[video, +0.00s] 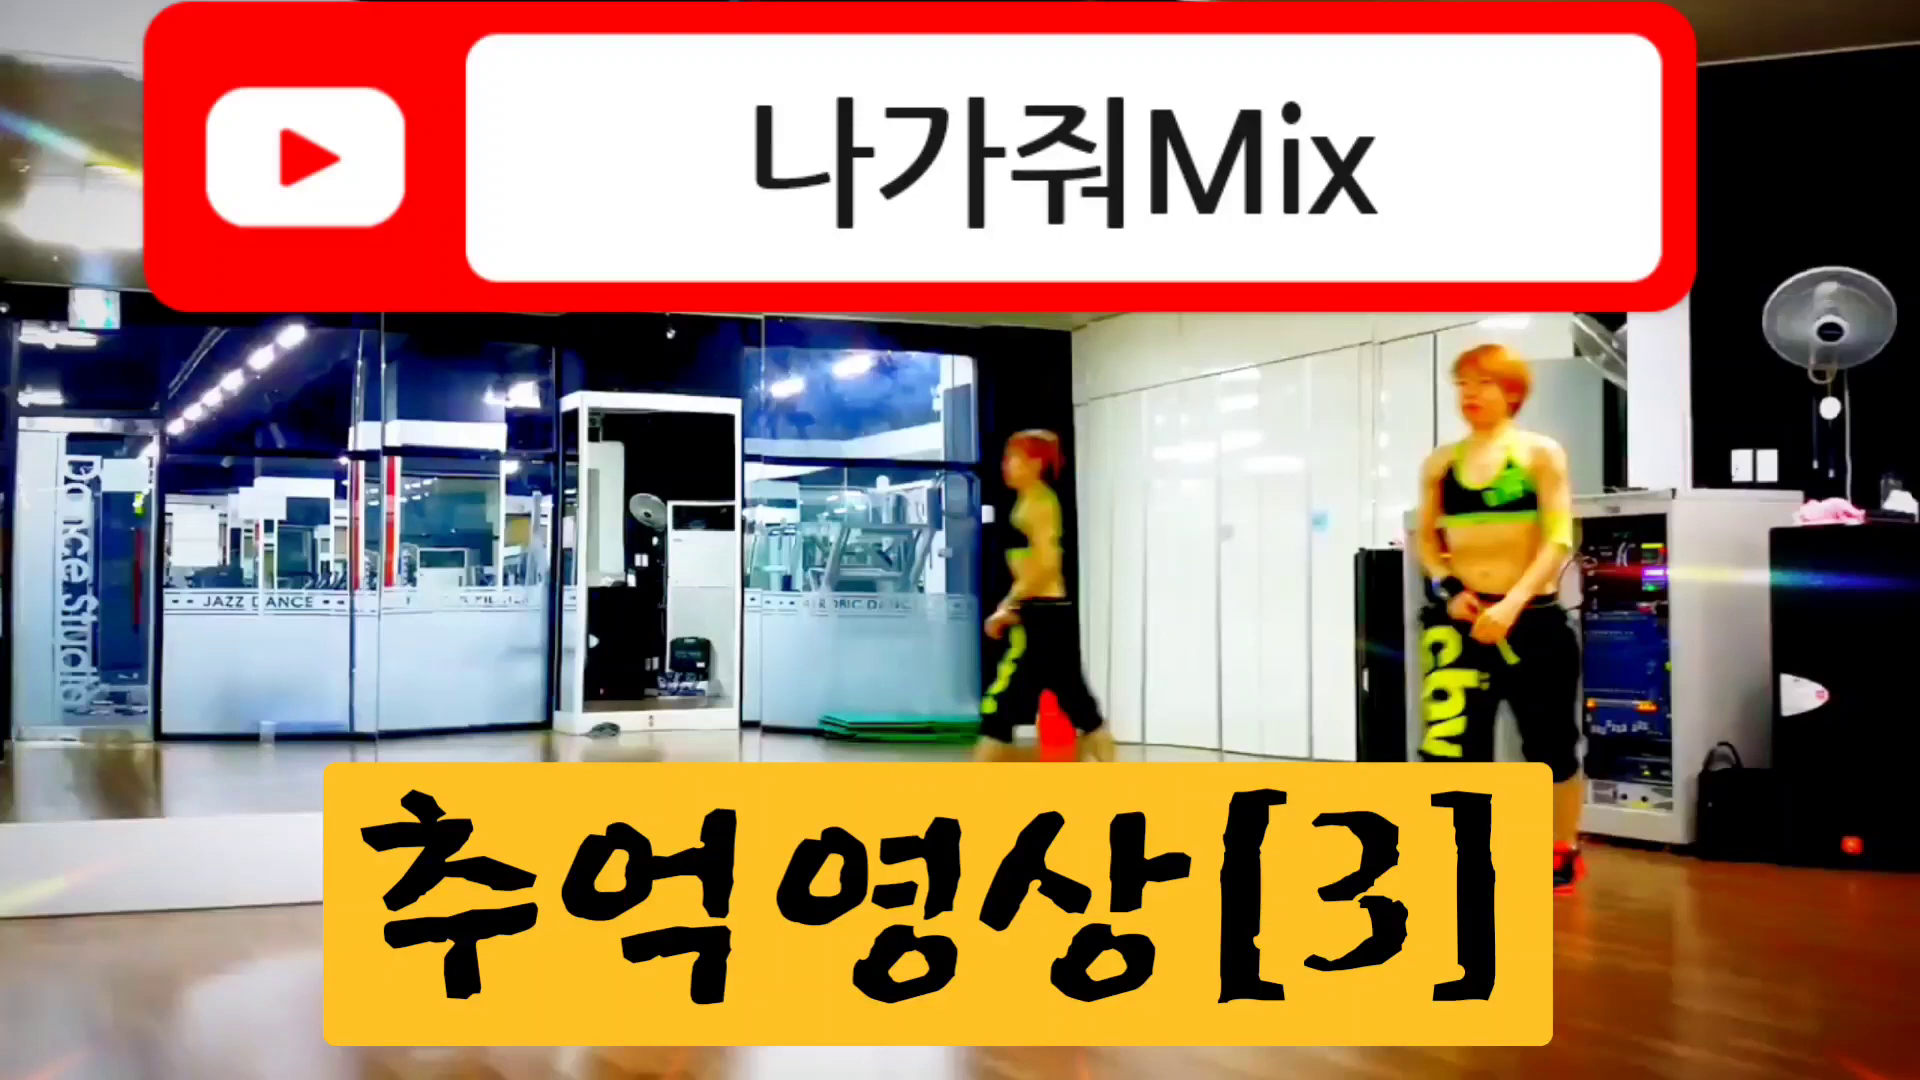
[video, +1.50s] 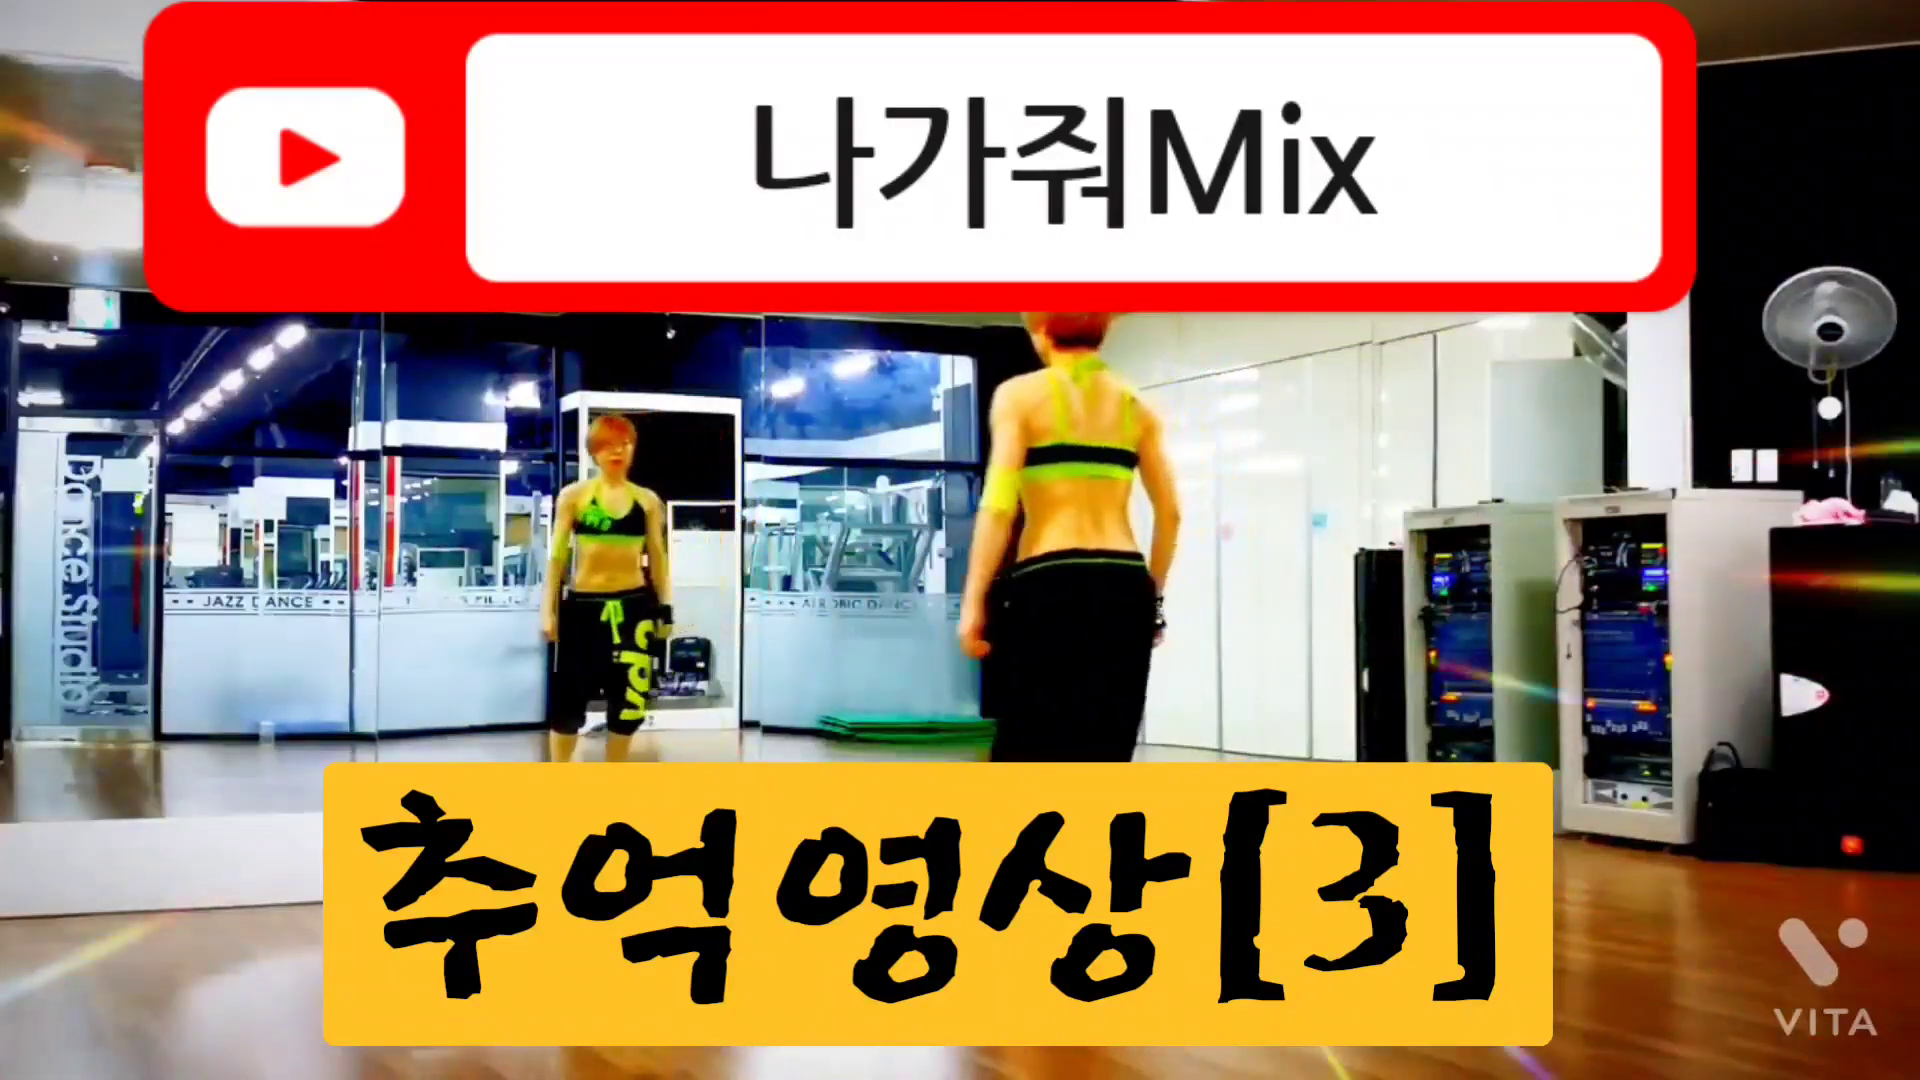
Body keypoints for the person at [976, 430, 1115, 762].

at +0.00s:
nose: (1007, 465)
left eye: (1015, 458)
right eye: (1008, 458)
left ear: (1036, 464)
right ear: (1025, 465)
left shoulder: (1038, 503)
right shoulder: (1029, 501)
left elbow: (1043, 564)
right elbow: (1035, 564)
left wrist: (1009, 604)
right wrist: (1008, 605)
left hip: (1041, 610)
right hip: (1050, 608)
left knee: (998, 706)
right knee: (1075, 696)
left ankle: (977, 788)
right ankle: (1113, 780)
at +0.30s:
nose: (925, 458)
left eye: (931, 451)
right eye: (928, 451)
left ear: (949, 454)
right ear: (951, 454)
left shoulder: (954, 495)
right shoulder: (963, 491)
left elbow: (957, 548)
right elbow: (963, 547)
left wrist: (934, 577)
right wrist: (937, 570)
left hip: (955, 597)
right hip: (970, 595)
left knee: (943, 693)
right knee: (956, 690)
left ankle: (964, 766)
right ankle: (1007, 754)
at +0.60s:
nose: (828, 467)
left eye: (834, 459)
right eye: (829, 460)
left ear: (855, 462)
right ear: (856, 463)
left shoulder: (856, 501)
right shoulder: (866, 501)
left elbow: (857, 552)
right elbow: (881, 562)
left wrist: (834, 587)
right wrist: (888, 611)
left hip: (858, 612)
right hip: (858, 610)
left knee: (886, 704)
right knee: (818, 706)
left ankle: (940, 768)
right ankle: (792, 774)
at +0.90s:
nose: (729, 457)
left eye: (738, 449)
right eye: (723, 450)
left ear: (755, 452)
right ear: (717, 456)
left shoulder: (765, 497)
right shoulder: (719, 497)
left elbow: (802, 551)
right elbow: (715, 559)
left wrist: (780, 598)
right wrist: (674, 599)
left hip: (749, 602)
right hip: (726, 602)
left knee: (697, 694)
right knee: (746, 699)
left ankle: (703, 772)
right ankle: (771, 776)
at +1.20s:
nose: (668, 457)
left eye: (676, 450)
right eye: (659, 450)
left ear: (686, 455)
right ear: (647, 456)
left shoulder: (699, 503)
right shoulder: (630, 498)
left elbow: (720, 556)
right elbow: (611, 556)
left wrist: (715, 602)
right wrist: (595, 596)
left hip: (674, 608)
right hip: (627, 607)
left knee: (649, 715)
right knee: (606, 701)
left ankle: (649, 784)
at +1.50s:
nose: (617, 452)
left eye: (623, 444)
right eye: (608, 446)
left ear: (633, 450)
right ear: (594, 453)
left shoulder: (647, 501)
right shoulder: (573, 496)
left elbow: (657, 558)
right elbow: (558, 556)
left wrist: (664, 607)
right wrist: (549, 610)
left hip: (633, 606)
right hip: (582, 606)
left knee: (627, 706)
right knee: (567, 705)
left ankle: (613, 780)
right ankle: (559, 778)